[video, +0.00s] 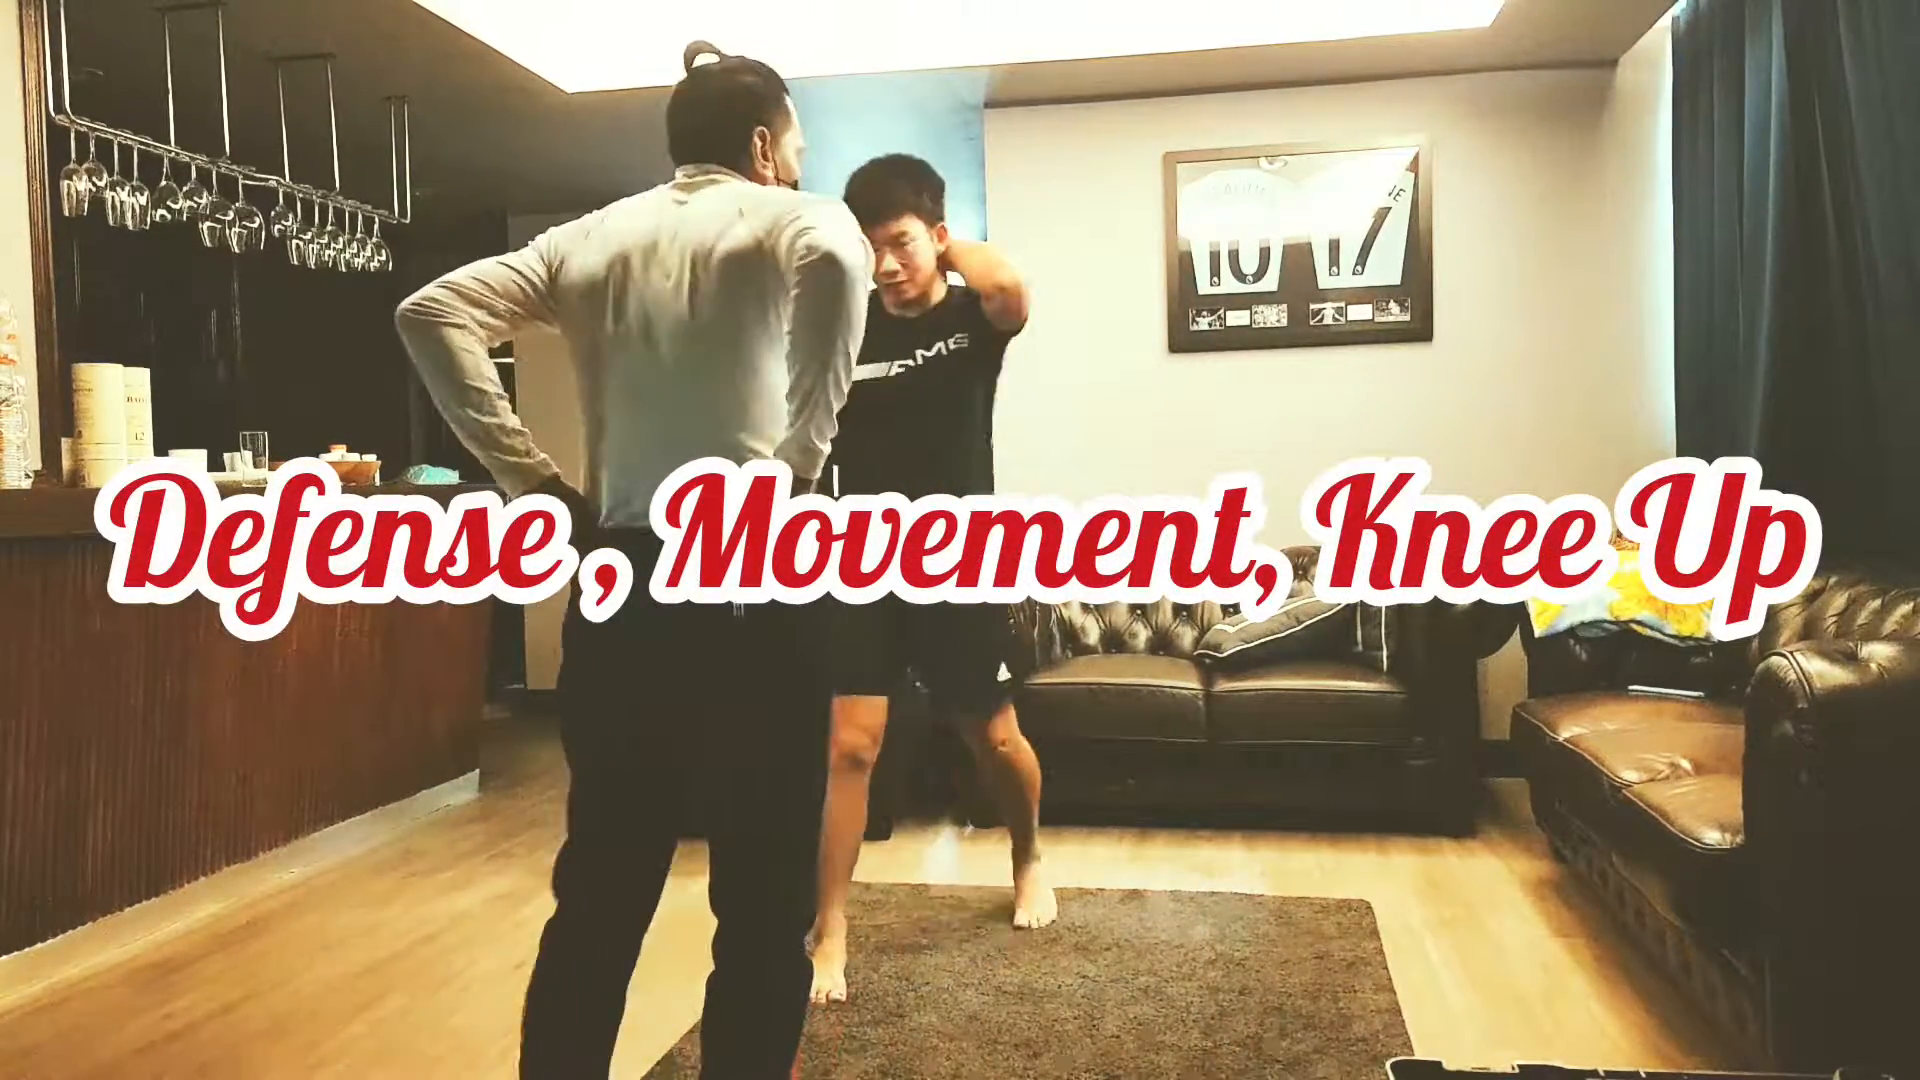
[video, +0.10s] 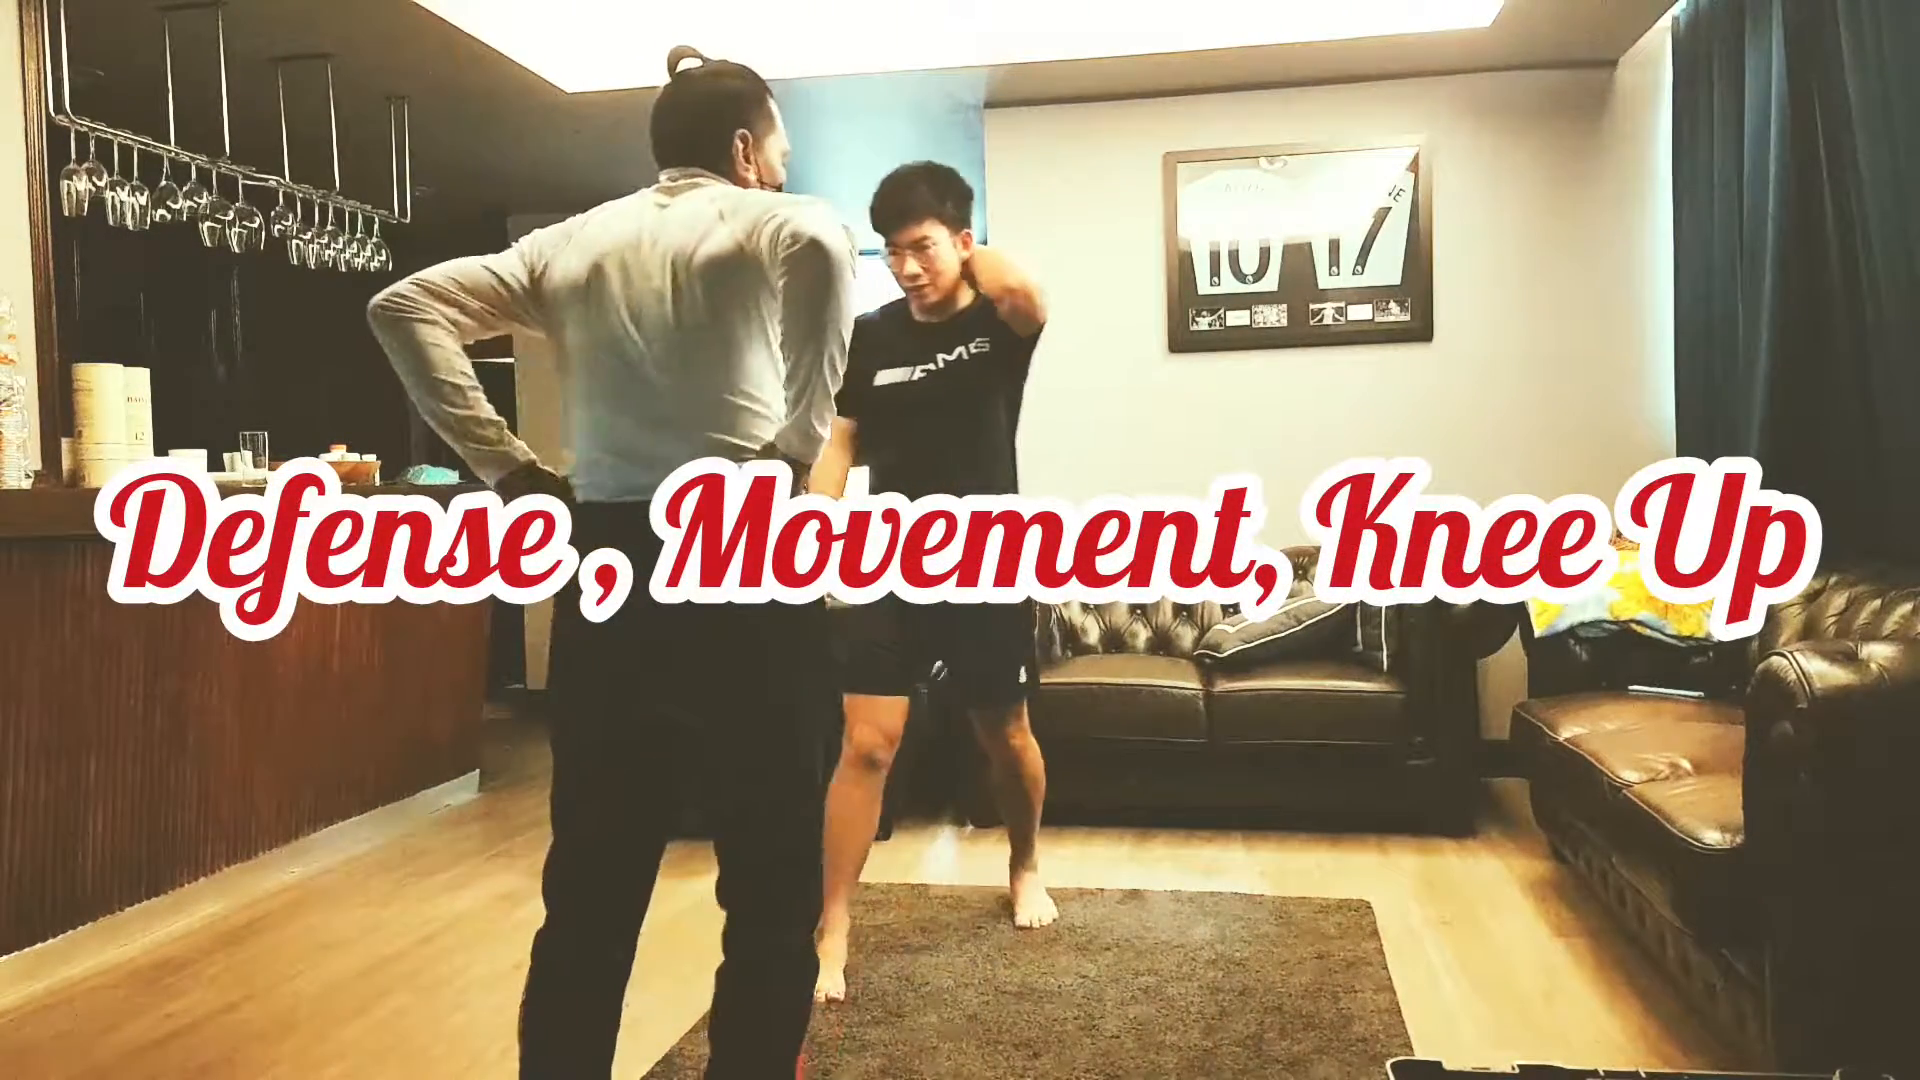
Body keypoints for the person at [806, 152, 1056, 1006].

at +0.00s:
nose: (888, 264)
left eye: (901, 243)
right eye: (873, 249)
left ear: (939, 235)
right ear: (856, 249)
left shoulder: (976, 313)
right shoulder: (845, 315)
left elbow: (1009, 295)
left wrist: (949, 242)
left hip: (956, 565)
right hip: (855, 565)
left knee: (998, 740)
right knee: (847, 748)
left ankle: (1027, 858)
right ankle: (828, 931)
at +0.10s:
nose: (907, 266)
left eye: (920, 247)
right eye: (894, 252)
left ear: (963, 242)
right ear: (884, 254)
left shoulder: (1004, 321)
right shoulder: (869, 337)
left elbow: (1020, 295)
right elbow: (838, 449)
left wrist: (979, 253)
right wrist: (803, 534)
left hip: (986, 565)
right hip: (886, 565)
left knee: (1006, 735)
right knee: (867, 747)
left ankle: (1026, 864)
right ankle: (830, 926)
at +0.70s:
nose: (986, 250)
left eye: (1003, 235)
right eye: (976, 236)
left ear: (1045, 243)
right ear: (967, 243)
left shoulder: (1073, 331)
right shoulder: (935, 333)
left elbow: (1076, 311)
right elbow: (897, 436)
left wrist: (1046, 265)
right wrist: (892, 562)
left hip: (1033, 557)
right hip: (943, 554)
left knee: (1029, 721)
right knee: (931, 716)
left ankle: (1025, 877)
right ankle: (929, 877)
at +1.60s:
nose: (923, 275)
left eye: (935, 260)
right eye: (915, 265)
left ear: (977, 265)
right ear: (910, 276)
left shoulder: (1018, 338)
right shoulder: (909, 351)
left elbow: (996, 325)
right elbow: (883, 451)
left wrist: (973, 296)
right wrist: (851, 521)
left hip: (990, 546)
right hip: (928, 546)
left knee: (989, 696)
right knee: (945, 691)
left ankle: (1019, 858)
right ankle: (982, 829)